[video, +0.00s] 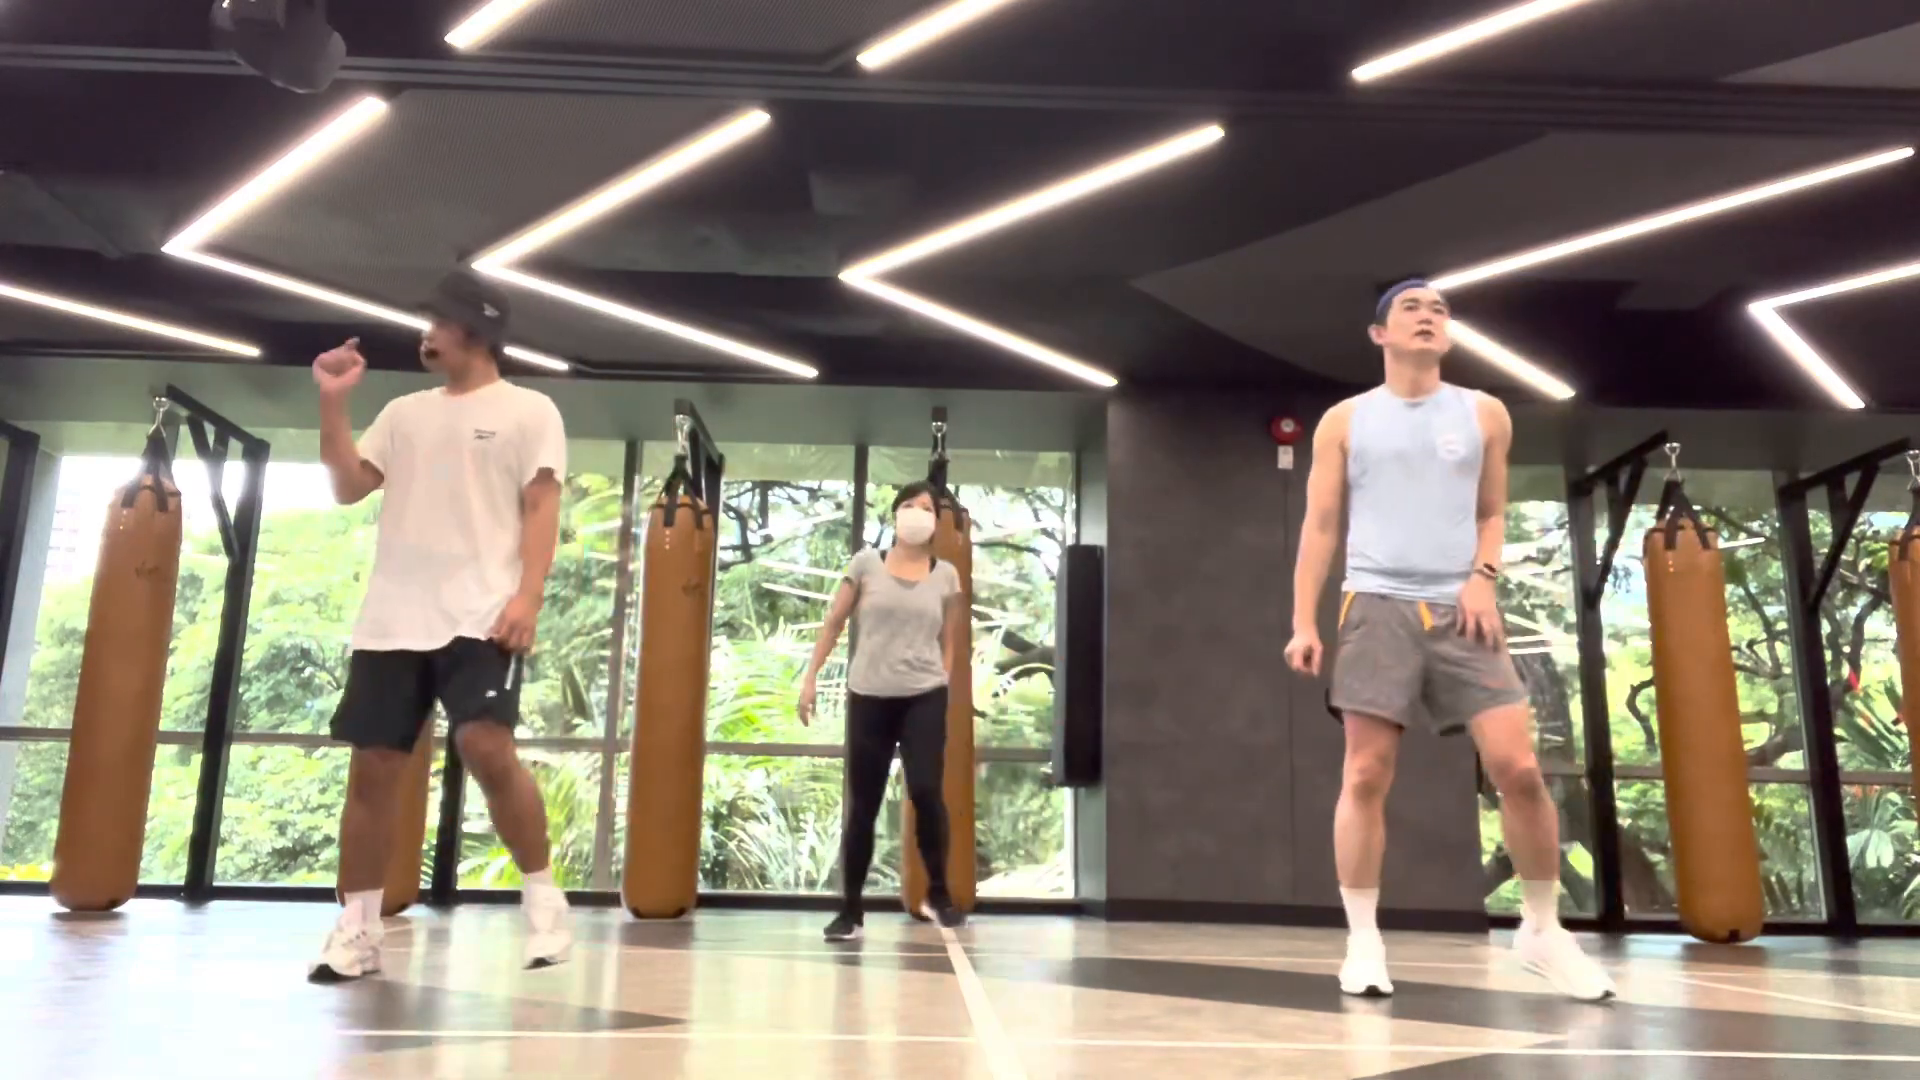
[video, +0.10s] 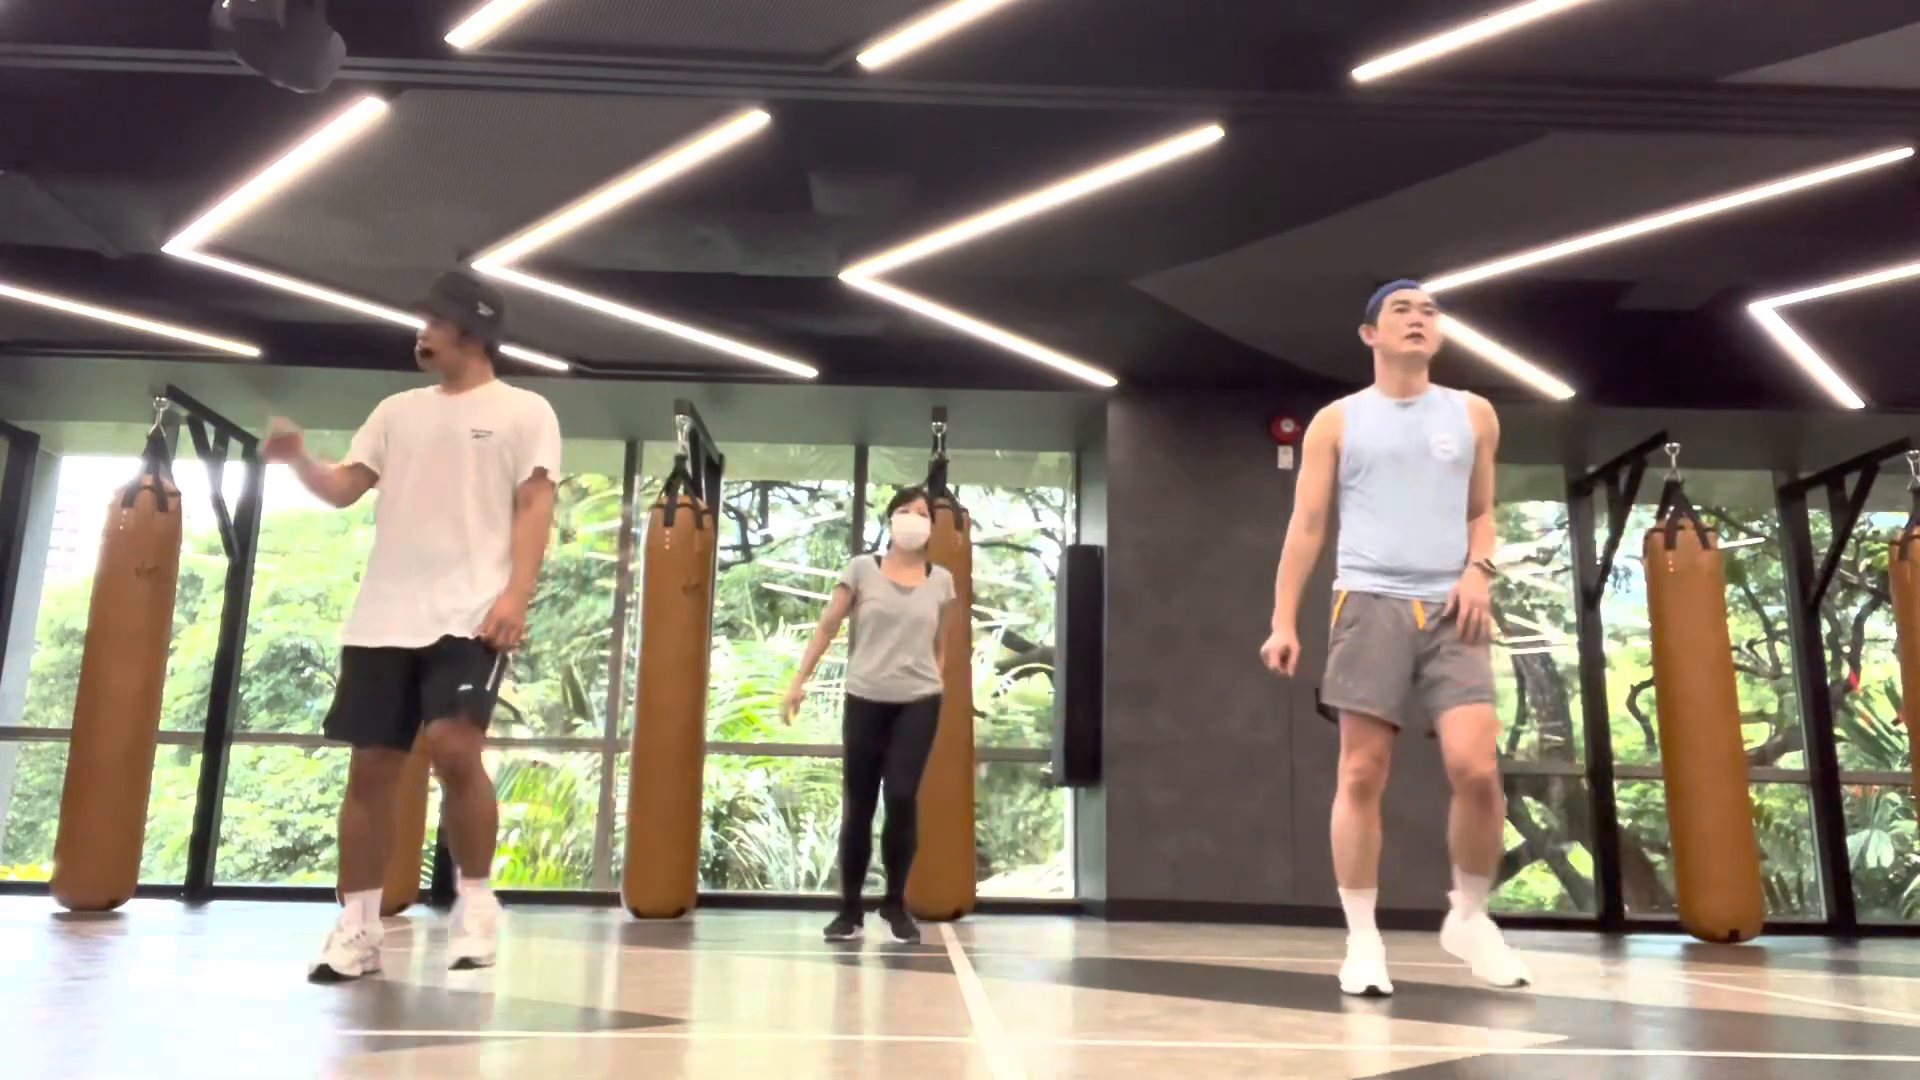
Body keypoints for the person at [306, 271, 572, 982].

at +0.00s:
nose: (425, 333)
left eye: (438, 322)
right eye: (429, 321)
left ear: (475, 331)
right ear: (449, 332)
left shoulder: (530, 412)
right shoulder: (403, 411)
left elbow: (541, 508)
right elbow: (348, 484)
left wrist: (528, 595)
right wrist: (333, 399)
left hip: (482, 618)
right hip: (392, 619)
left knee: (485, 748)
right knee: (371, 768)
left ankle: (544, 905)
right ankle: (357, 930)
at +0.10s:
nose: (421, 331)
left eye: (435, 320)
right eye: (424, 319)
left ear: (472, 331)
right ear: (443, 331)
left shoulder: (525, 411)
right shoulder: (397, 409)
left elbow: (534, 509)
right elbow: (342, 487)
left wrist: (517, 595)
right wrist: (300, 459)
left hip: (472, 614)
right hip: (384, 614)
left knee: (453, 748)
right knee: (372, 769)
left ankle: (474, 910)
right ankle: (357, 930)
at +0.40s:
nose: (430, 324)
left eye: (444, 312)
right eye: (430, 313)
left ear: (484, 325)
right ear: (442, 327)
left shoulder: (534, 411)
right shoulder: (401, 408)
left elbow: (543, 507)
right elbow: (382, 513)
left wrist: (534, 590)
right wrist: (363, 607)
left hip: (488, 613)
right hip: (396, 613)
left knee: (490, 735)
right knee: (370, 770)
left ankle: (499, 884)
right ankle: (356, 929)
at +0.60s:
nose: (462, 335)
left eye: (475, 322)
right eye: (462, 323)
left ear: (516, 332)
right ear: (478, 336)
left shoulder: (567, 419)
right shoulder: (439, 421)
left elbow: (582, 521)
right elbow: (408, 527)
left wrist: (575, 612)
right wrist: (379, 617)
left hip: (518, 630)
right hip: (423, 625)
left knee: (543, 769)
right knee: (386, 771)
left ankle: (605, 918)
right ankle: (356, 927)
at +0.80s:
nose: (518, 345)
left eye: (530, 331)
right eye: (515, 332)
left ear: (568, 335)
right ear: (523, 341)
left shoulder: (624, 418)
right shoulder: (504, 420)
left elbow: (634, 515)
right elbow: (474, 518)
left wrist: (618, 606)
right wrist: (400, 574)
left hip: (574, 630)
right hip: (486, 623)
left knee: (580, 768)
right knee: (425, 767)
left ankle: (607, 935)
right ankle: (380, 920)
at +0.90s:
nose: (548, 326)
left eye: (562, 314)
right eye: (540, 319)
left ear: (598, 327)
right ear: (535, 338)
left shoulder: (637, 410)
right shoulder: (519, 412)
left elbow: (659, 503)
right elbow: (492, 514)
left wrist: (649, 588)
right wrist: (422, 551)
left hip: (590, 617)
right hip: (504, 611)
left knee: (589, 765)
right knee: (450, 746)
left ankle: (608, 929)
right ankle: (446, 905)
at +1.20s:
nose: (579, 332)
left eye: (591, 322)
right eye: (564, 326)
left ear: (615, 340)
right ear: (548, 349)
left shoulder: (639, 420)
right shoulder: (527, 428)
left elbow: (651, 515)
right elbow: (496, 514)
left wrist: (630, 608)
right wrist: (421, 485)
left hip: (596, 624)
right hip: (518, 626)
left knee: (590, 766)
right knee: (497, 763)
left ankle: (610, 925)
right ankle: (567, 906)